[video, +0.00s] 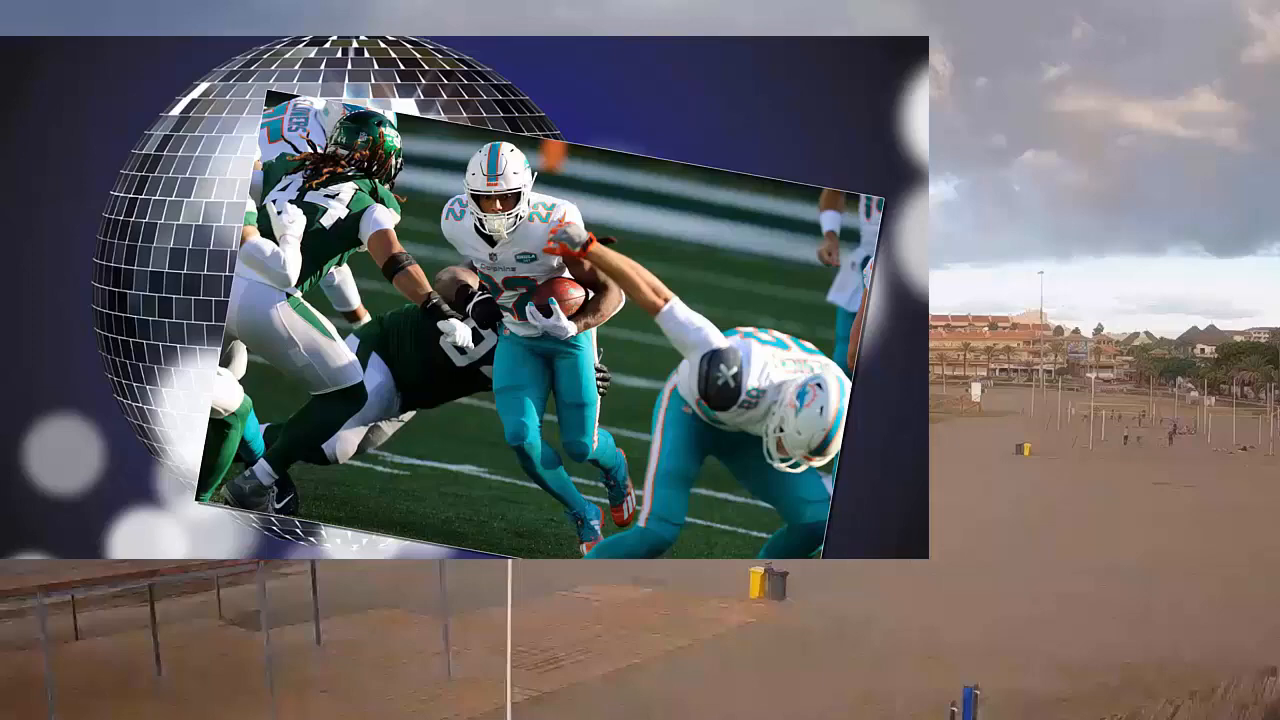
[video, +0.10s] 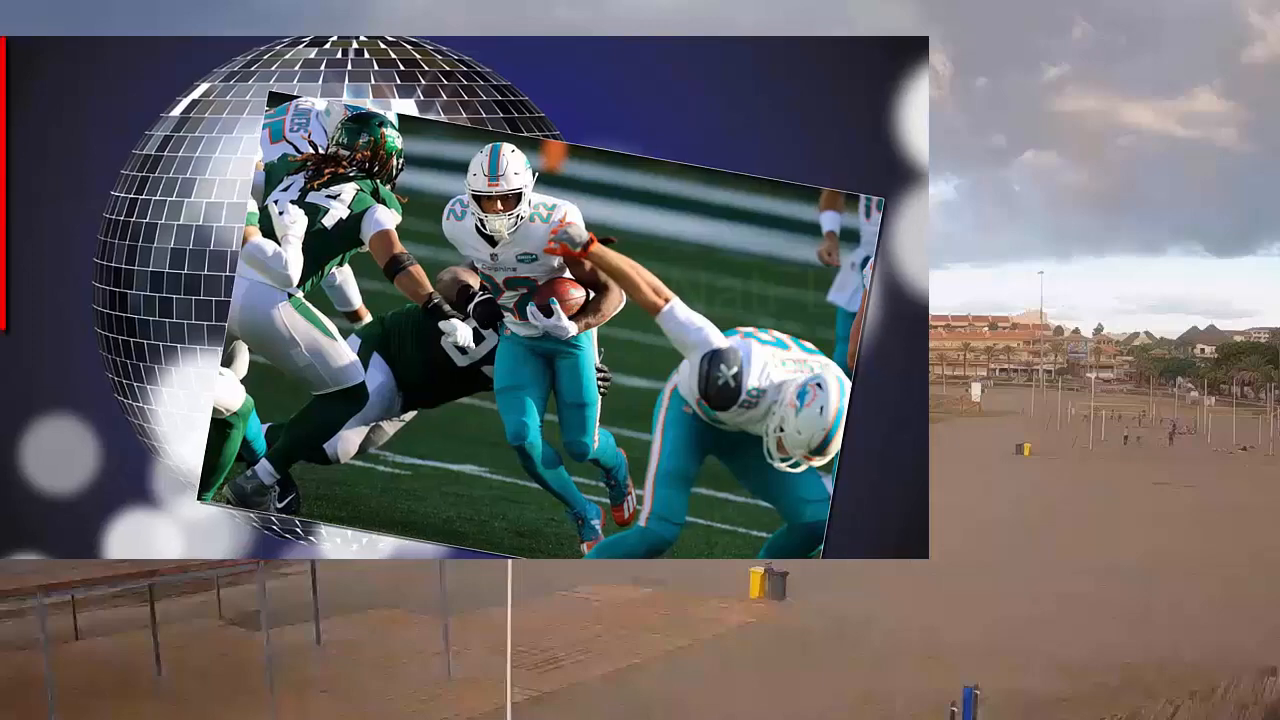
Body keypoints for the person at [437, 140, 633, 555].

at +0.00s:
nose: (495, 207)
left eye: (505, 198)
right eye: (486, 199)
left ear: (524, 190)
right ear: (473, 194)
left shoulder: (558, 221)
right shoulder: (456, 220)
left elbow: (614, 291)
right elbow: (482, 265)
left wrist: (576, 326)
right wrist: (482, 298)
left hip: (571, 338)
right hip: (516, 337)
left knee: (578, 446)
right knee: (520, 438)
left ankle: (617, 473)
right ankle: (584, 514)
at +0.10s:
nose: (496, 208)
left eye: (506, 198)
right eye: (487, 200)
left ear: (525, 191)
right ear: (473, 194)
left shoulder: (559, 221)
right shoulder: (457, 219)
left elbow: (614, 291)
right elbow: (482, 266)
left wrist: (577, 326)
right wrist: (481, 299)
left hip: (572, 338)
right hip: (517, 337)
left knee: (579, 446)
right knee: (522, 438)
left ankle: (617, 472)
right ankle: (585, 513)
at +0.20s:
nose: (499, 209)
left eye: (509, 199)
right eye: (489, 200)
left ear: (527, 192)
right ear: (476, 195)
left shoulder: (561, 222)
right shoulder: (460, 221)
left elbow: (617, 291)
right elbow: (486, 265)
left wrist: (580, 326)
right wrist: (485, 298)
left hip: (574, 340)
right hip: (519, 339)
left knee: (582, 445)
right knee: (524, 438)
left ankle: (619, 472)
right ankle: (588, 514)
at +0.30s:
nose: (501, 209)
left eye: (511, 199)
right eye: (491, 200)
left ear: (530, 192)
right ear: (478, 195)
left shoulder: (563, 223)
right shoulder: (462, 220)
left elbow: (619, 291)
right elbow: (487, 266)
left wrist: (582, 326)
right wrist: (489, 299)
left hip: (576, 340)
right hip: (521, 339)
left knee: (583, 445)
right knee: (526, 438)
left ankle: (621, 469)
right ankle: (590, 514)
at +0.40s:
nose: (503, 209)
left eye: (513, 199)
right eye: (494, 200)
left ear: (532, 192)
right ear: (480, 195)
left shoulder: (565, 223)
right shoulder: (464, 221)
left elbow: (620, 292)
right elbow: (489, 267)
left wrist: (582, 327)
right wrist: (488, 299)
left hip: (578, 340)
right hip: (523, 339)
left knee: (586, 446)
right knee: (529, 437)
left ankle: (623, 471)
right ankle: (591, 513)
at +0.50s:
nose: (504, 210)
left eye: (514, 200)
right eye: (495, 201)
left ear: (533, 194)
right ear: (482, 196)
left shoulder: (567, 224)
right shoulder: (466, 221)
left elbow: (622, 291)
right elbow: (493, 267)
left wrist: (585, 326)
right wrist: (493, 300)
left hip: (580, 340)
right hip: (525, 339)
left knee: (587, 445)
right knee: (530, 438)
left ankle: (624, 470)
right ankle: (593, 513)